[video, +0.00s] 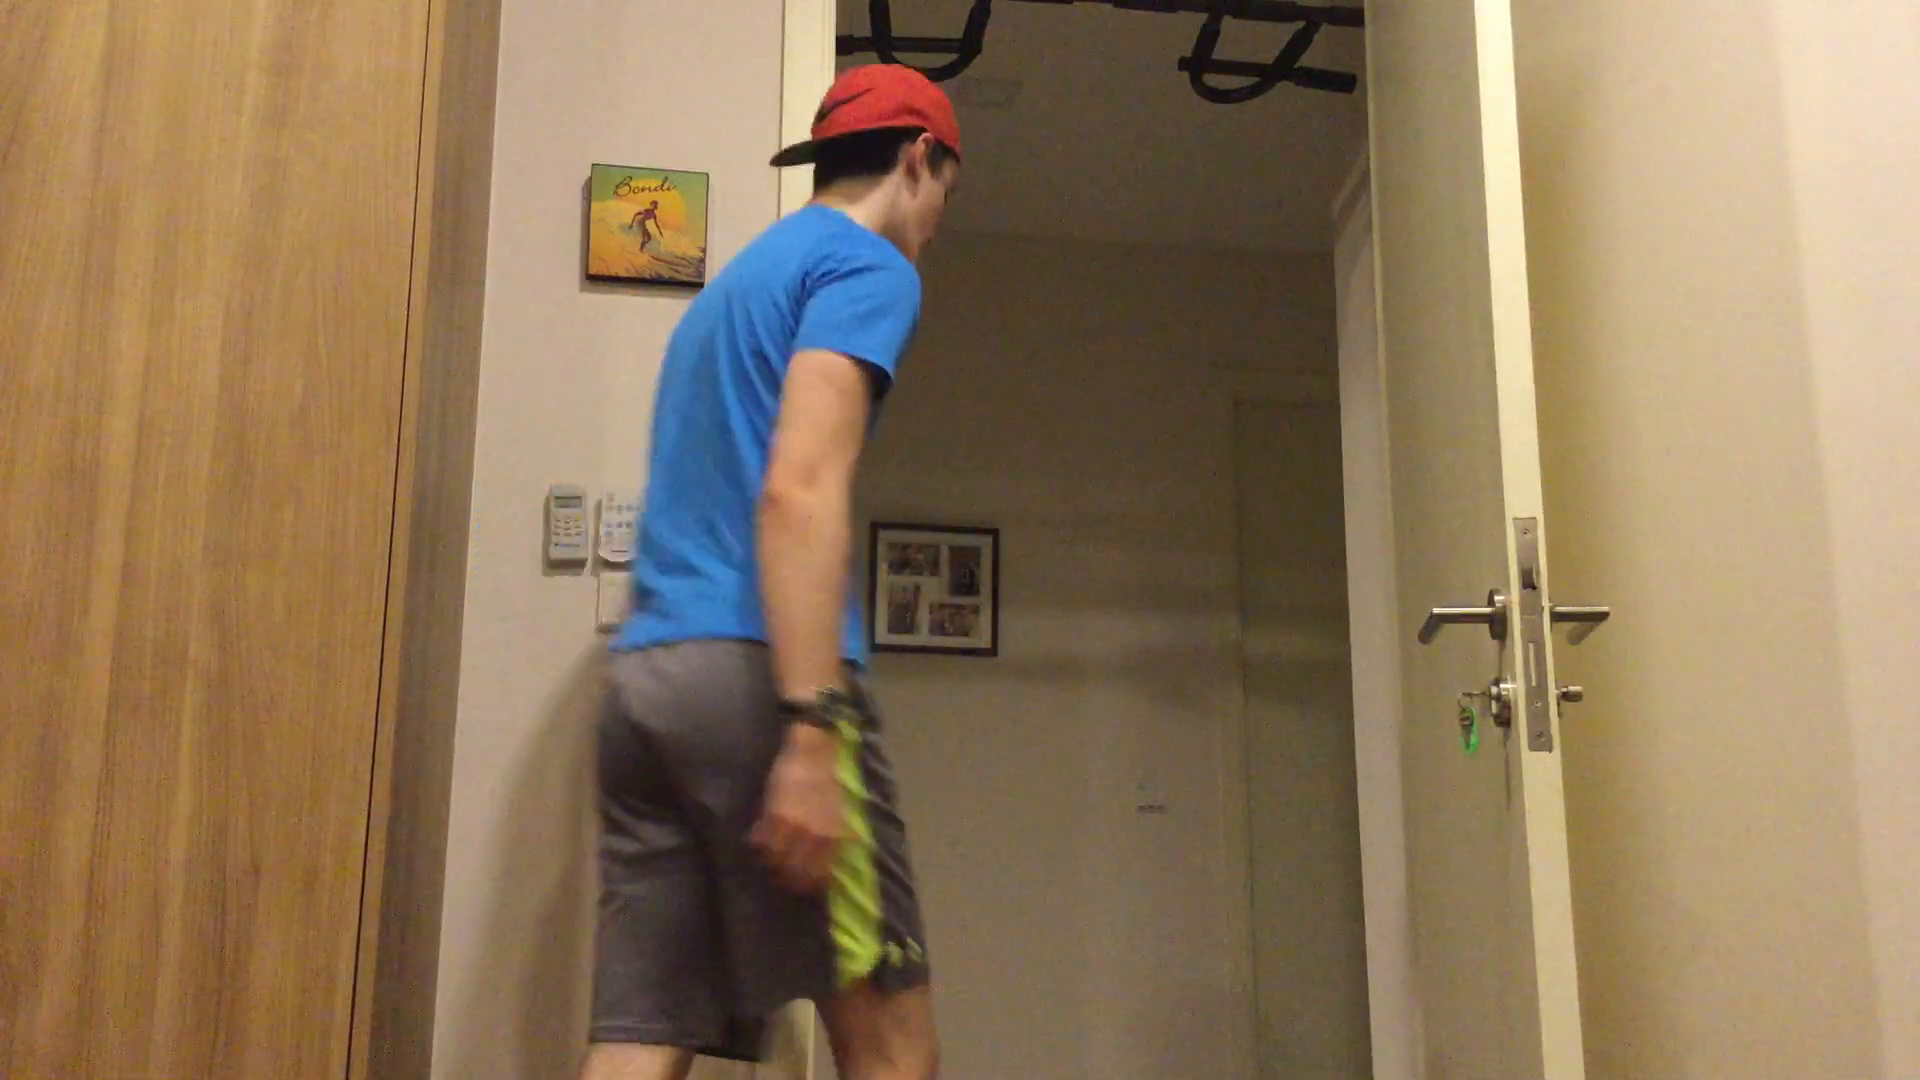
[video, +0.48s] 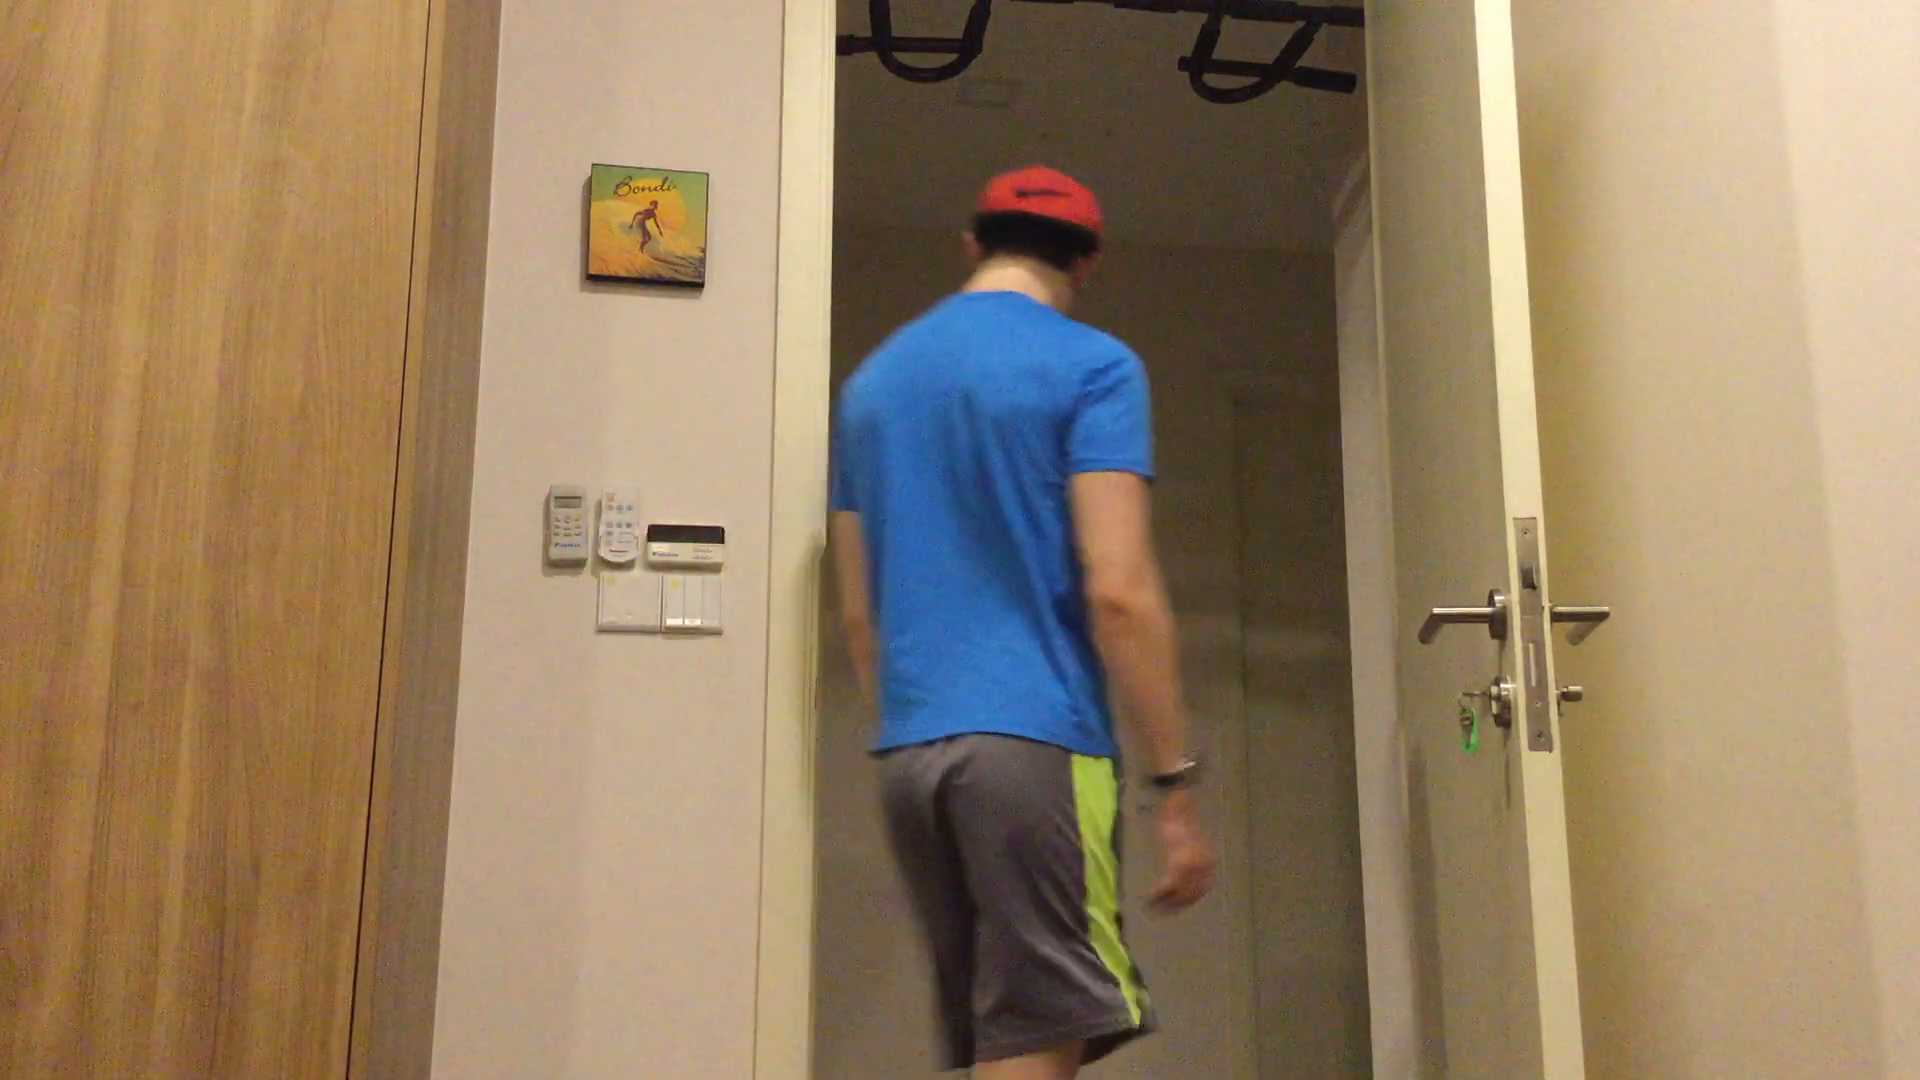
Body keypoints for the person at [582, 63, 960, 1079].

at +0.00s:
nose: (941, 221)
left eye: (947, 192)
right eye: (947, 189)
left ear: (826, 164)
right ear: (918, 163)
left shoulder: (740, 277)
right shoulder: (864, 264)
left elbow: (699, 499)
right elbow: (798, 486)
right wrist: (814, 728)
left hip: (644, 679)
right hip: (759, 678)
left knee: (636, 1039)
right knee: (886, 1039)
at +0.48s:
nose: (1084, 279)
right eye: (1085, 264)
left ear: (972, 247)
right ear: (1081, 263)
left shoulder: (872, 379)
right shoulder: (1089, 361)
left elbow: (860, 615)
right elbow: (1116, 590)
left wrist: (906, 736)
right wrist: (1173, 785)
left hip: (910, 762)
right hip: (1032, 754)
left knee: (988, 1042)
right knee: (1030, 1045)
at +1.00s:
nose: (1194, 313)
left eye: (1195, 293)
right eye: (1173, 289)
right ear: (1106, 296)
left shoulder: (1091, 413)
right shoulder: (1112, 415)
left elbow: (1174, 619)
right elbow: (1169, 614)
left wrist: (1336, 701)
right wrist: (1333, 699)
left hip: (1141, 765)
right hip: (1139, 767)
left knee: (1166, 1046)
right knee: (1152, 1047)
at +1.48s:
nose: (1160, 333)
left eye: (1174, 317)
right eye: (1134, 323)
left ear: (1196, 338)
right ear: (1102, 351)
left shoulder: (1233, 504)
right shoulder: (1082, 464)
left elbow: (1230, 681)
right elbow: (1089, 635)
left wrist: (1236, 836)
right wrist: (1191, 760)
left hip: (1197, 804)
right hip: (1090, 799)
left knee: (1184, 1056)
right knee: (1081, 1052)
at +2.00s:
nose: (1050, 378)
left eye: (1068, 355)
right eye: (1031, 360)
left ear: (1099, 359)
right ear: (1009, 369)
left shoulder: (1161, 495)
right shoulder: (972, 498)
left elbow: (1199, 656)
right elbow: (948, 660)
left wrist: (1233, 796)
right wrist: (949, 805)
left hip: (1122, 810)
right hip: (1000, 809)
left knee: (1144, 1059)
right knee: (1003, 1052)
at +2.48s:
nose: (1095, 352)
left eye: (1114, 335)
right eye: (1075, 337)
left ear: (1146, 352)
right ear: (1052, 357)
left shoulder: (1208, 495)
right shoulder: (1007, 492)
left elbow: (1234, 670)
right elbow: (952, 648)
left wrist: (1260, 834)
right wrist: (856, 683)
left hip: (1133, 827)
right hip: (1006, 814)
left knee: (1137, 1065)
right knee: (974, 1059)